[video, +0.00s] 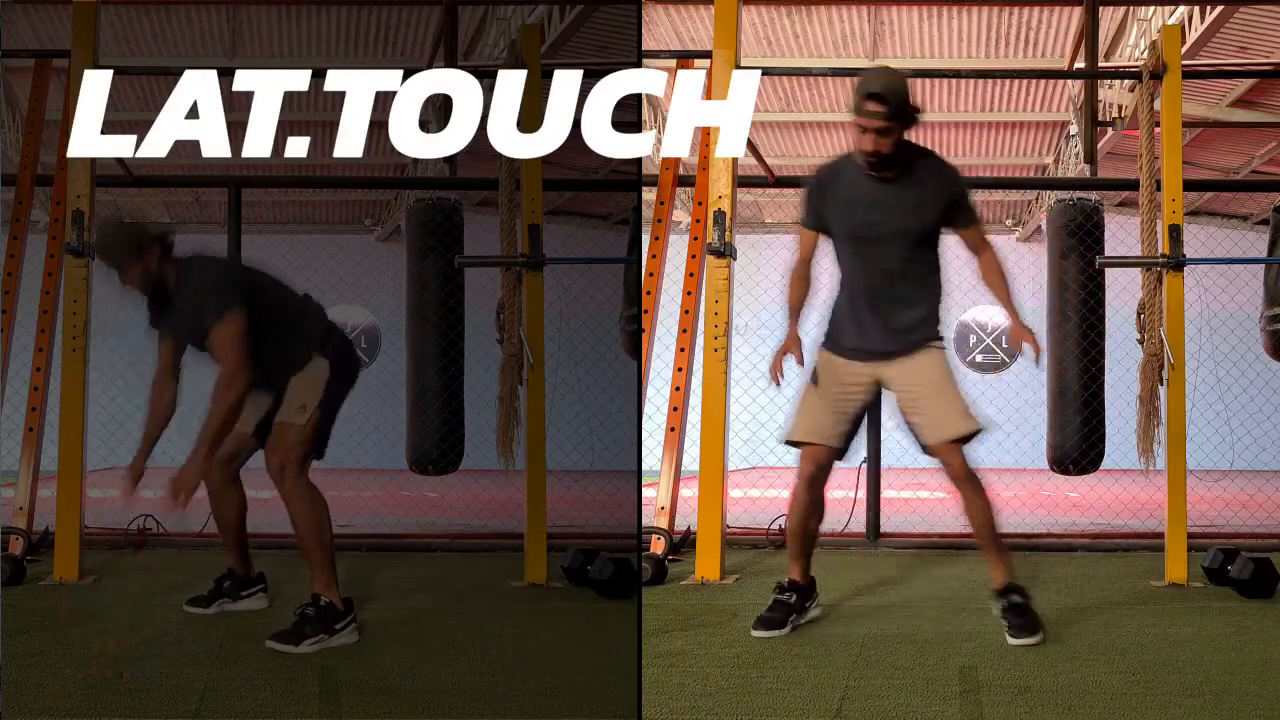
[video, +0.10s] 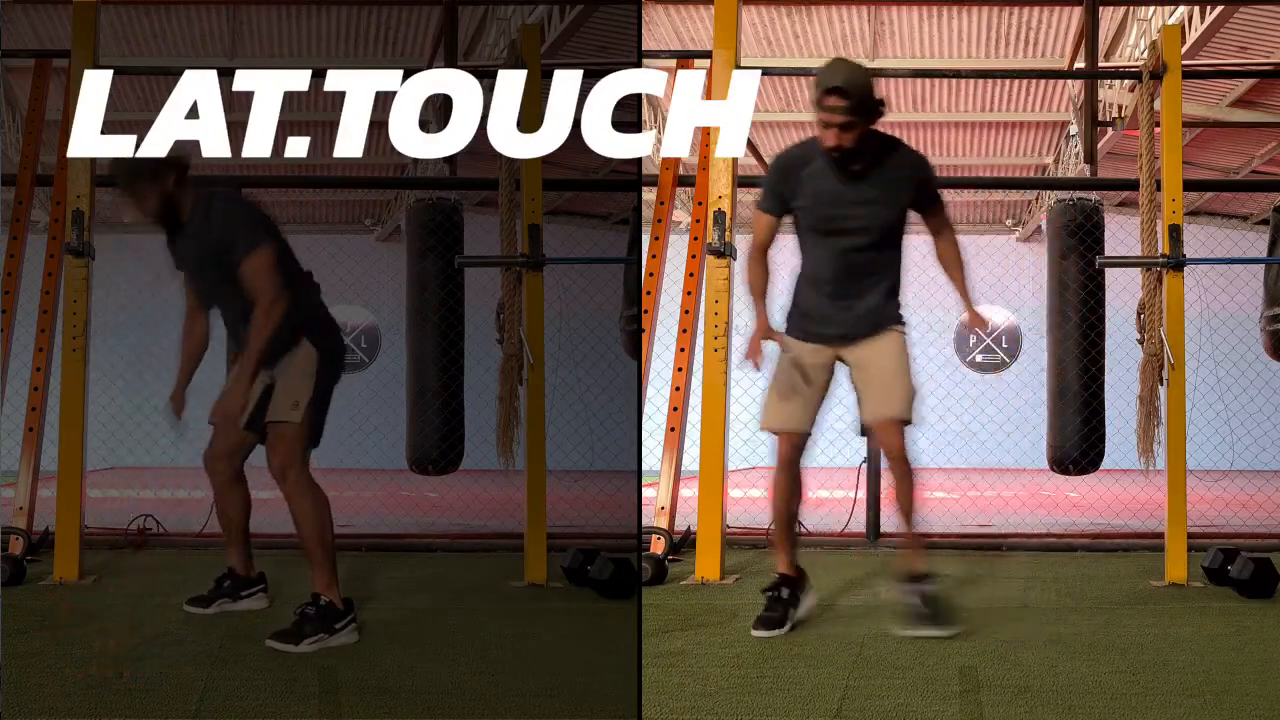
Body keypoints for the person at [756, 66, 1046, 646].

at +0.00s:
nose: (871, 144)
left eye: (883, 132)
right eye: (863, 130)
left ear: (905, 126)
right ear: (850, 122)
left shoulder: (936, 177)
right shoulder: (826, 183)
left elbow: (981, 249)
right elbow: (804, 261)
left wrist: (1013, 317)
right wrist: (792, 328)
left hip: (917, 348)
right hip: (844, 348)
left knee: (958, 467)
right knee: (811, 466)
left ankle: (1007, 589)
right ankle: (796, 586)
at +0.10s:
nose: (833, 139)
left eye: (846, 127)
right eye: (824, 126)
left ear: (871, 117)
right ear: (813, 116)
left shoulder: (905, 166)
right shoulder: (792, 165)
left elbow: (942, 232)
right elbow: (758, 246)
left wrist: (968, 304)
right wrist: (760, 318)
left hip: (877, 328)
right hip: (807, 328)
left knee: (891, 439)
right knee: (786, 449)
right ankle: (786, 578)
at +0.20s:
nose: (795, 169)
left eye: (809, 158)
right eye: (788, 154)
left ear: (834, 147)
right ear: (777, 142)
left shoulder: (874, 180)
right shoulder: (755, 183)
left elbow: (911, 228)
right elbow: (721, 269)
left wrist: (928, 300)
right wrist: (721, 351)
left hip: (848, 327)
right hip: (776, 325)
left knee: (836, 442)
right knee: (735, 433)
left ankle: (812, 574)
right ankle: (735, 557)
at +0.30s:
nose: (752, 232)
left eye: (763, 221)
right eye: (745, 219)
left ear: (786, 213)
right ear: (734, 208)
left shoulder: (836, 226)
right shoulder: (717, 237)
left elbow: (884, 254)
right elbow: (686, 331)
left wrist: (900, 317)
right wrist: (682, 412)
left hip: (813, 358)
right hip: (742, 351)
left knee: (792, 466)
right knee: (679, 458)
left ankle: (770, 596)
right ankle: (646, 558)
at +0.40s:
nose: (710, 319)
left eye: (721, 306)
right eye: (703, 304)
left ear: (742, 292)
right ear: (692, 289)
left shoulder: (792, 283)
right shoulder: (674, 313)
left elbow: (854, 291)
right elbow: (652, 411)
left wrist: (876, 351)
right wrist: (644, 486)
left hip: (784, 375)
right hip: (713, 375)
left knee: (787, 468)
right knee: (660, 458)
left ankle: (770, 595)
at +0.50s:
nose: (681, 397)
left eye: (693, 384)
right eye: (675, 382)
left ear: (712, 368)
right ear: (666, 367)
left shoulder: (761, 335)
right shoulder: (653, 368)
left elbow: (821, 316)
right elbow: (639, 437)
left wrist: (846, 368)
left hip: (760, 382)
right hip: (694, 392)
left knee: (775, 473)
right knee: (640, 461)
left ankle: (769, 592)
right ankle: (609, 554)